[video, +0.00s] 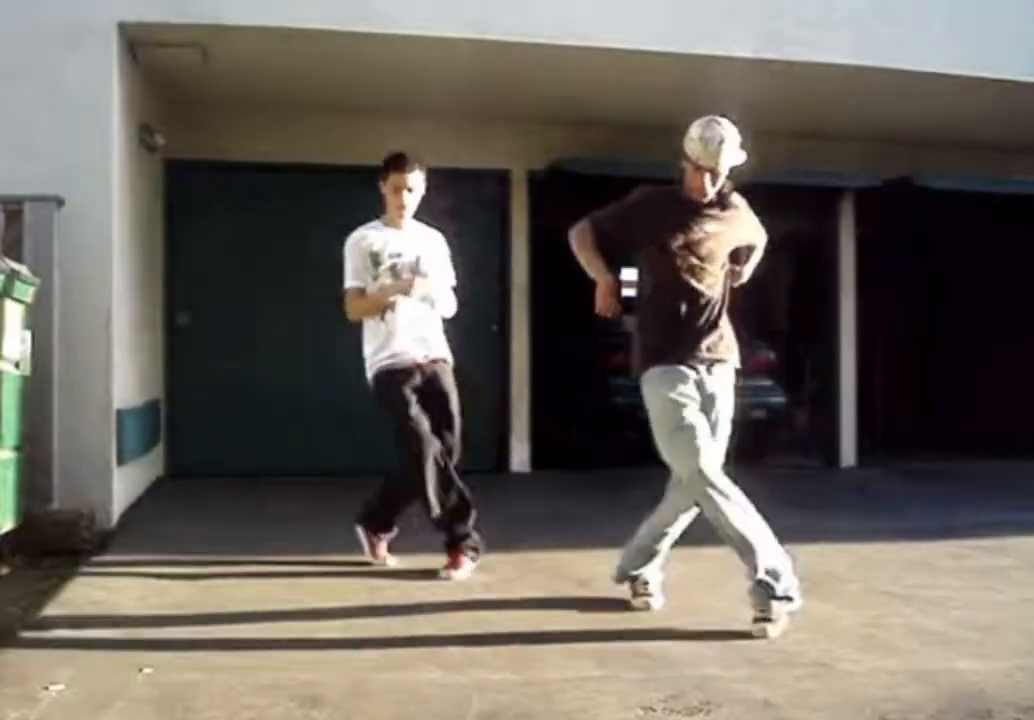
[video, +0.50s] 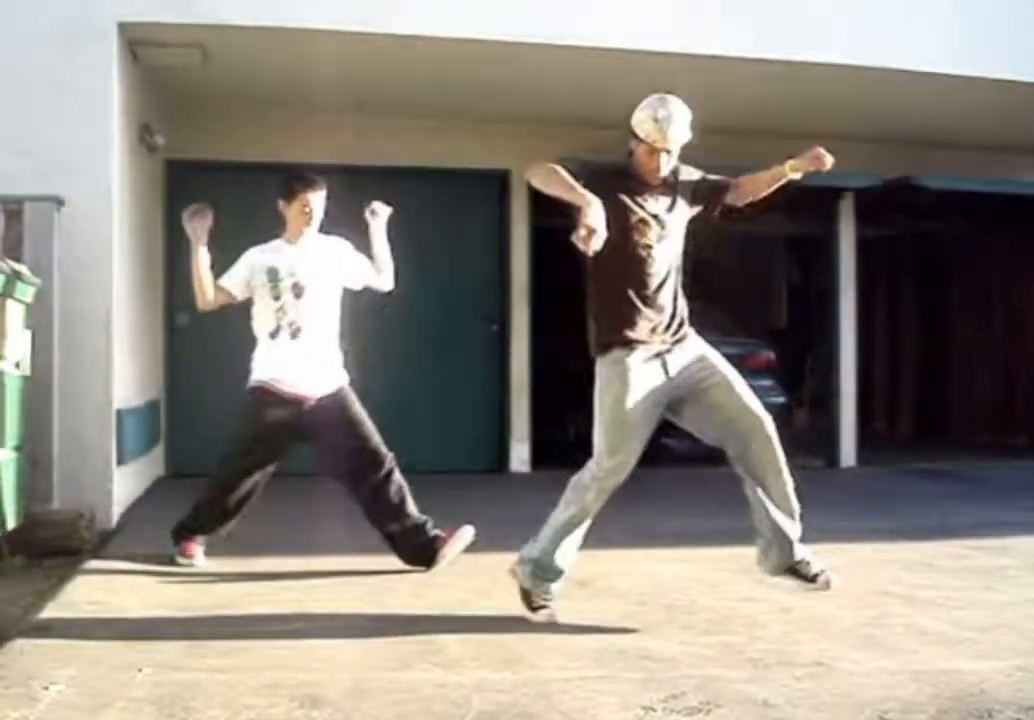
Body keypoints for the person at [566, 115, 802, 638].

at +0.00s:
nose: (707, 183)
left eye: (718, 173)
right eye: (699, 169)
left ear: (732, 170)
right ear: (684, 161)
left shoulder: (737, 210)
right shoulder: (653, 207)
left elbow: (756, 244)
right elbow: (581, 233)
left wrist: (733, 280)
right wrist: (604, 280)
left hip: (720, 358)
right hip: (666, 359)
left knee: (697, 474)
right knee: (700, 471)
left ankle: (639, 564)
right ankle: (774, 576)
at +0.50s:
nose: (660, 163)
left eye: (671, 153)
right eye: (652, 150)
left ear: (681, 150)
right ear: (634, 141)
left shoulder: (683, 184)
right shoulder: (608, 189)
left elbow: (738, 193)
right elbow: (537, 172)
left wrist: (791, 168)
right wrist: (588, 203)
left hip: (683, 345)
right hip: (627, 357)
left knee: (755, 429)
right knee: (611, 466)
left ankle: (785, 553)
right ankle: (536, 570)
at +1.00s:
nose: (723, 154)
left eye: (733, 144)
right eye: (715, 144)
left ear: (749, 135)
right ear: (701, 133)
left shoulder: (771, 178)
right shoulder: (672, 181)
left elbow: (817, 219)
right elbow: (634, 220)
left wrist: (785, 276)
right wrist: (648, 281)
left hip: (755, 342)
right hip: (690, 341)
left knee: (778, 461)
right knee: (684, 463)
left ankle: (739, 558)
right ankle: (725, 578)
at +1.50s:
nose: (700, 157)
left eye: (711, 147)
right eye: (693, 145)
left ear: (725, 141)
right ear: (677, 133)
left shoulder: (728, 183)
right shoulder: (643, 176)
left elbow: (752, 248)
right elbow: (607, 243)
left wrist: (689, 259)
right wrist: (676, 238)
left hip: (707, 340)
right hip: (650, 336)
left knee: (712, 461)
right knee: (674, 451)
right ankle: (732, 576)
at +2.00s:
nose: (615, 162)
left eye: (625, 152)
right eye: (607, 149)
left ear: (640, 156)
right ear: (591, 148)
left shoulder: (634, 210)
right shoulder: (554, 206)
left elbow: (602, 274)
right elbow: (497, 260)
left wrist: (607, 336)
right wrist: (517, 343)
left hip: (629, 367)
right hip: (570, 377)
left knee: (709, 465)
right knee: (554, 495)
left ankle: (776, 571)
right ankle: (478, 589)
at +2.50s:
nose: (721, 144)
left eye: (732, 134)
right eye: (713, 132)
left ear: (748, 129)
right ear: (698, 123)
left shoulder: (763, 169)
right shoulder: (664, 169)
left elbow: (826, 217)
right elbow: (598, 213)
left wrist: (789, 206)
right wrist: (664, 220)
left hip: (738, 345)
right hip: (677, 340)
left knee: (746, 463)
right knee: (678, 461)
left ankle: (671, 551)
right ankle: (704, 594)